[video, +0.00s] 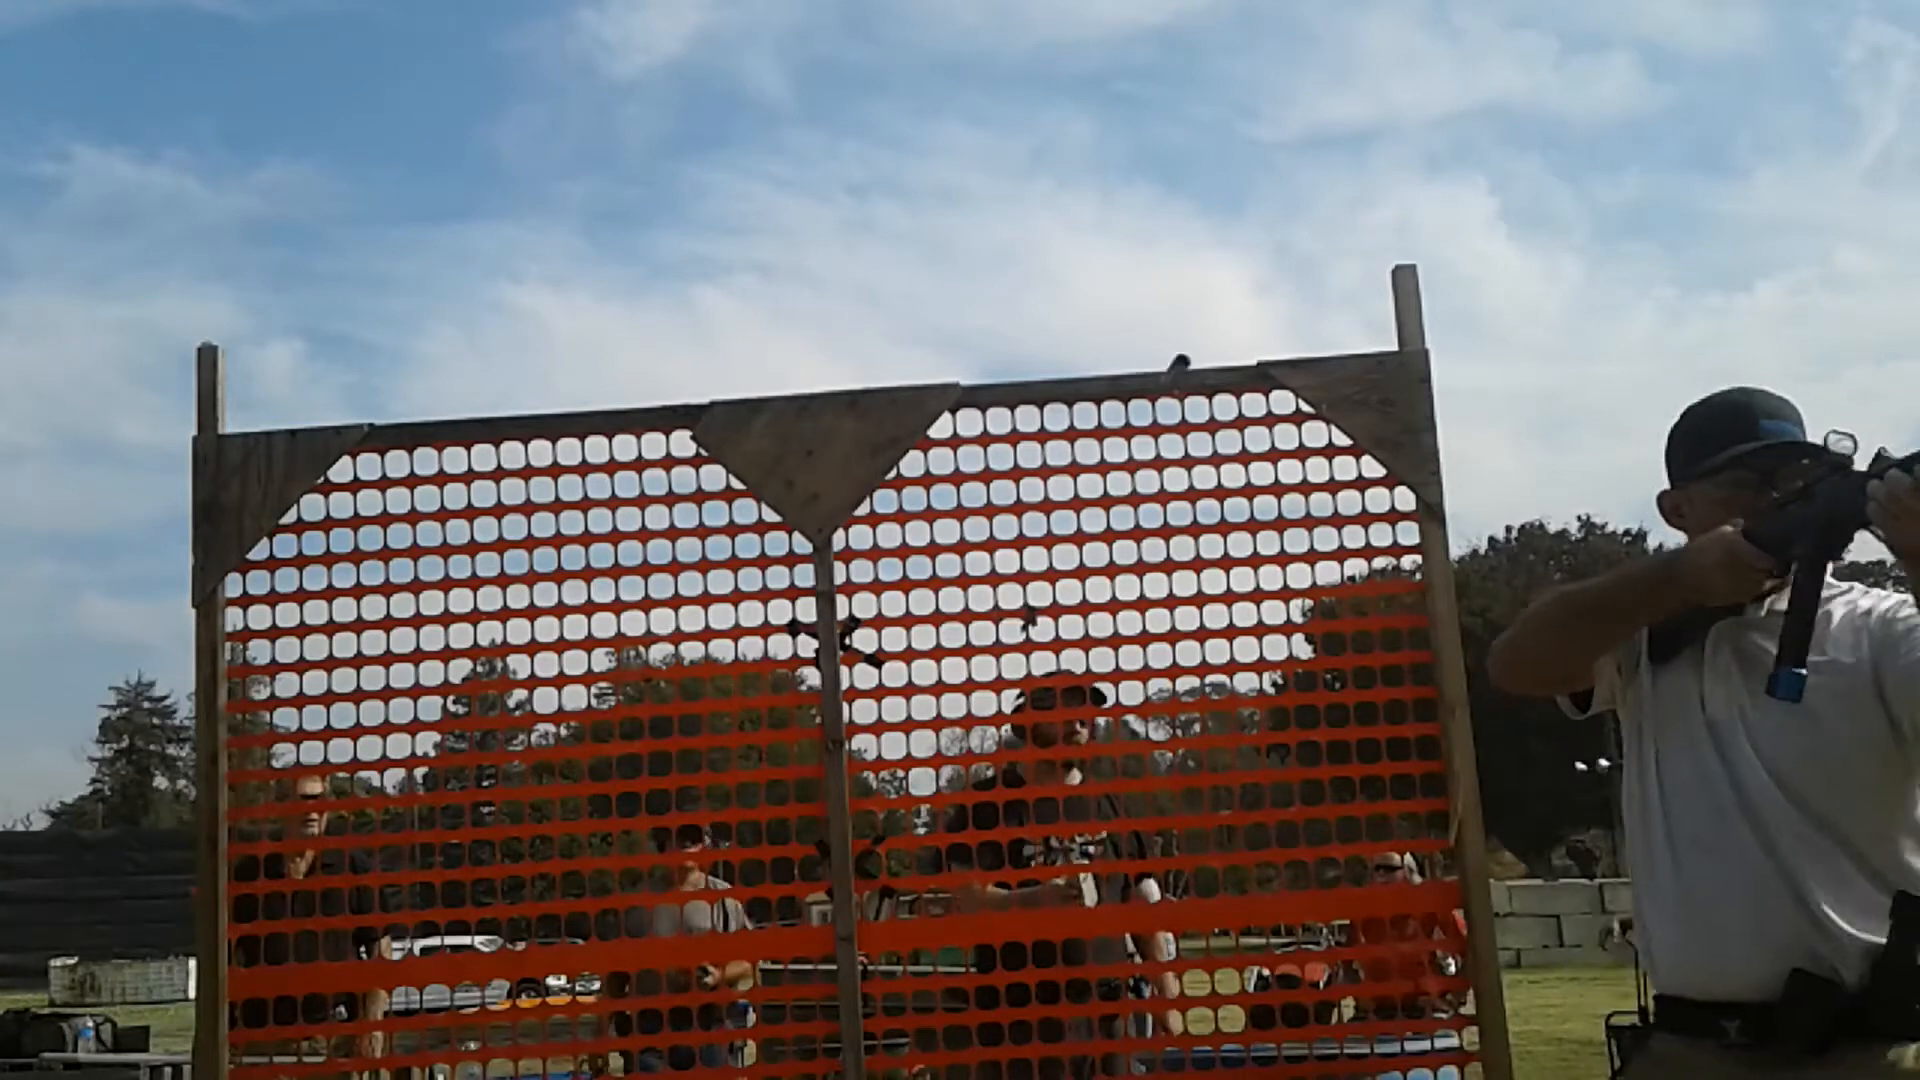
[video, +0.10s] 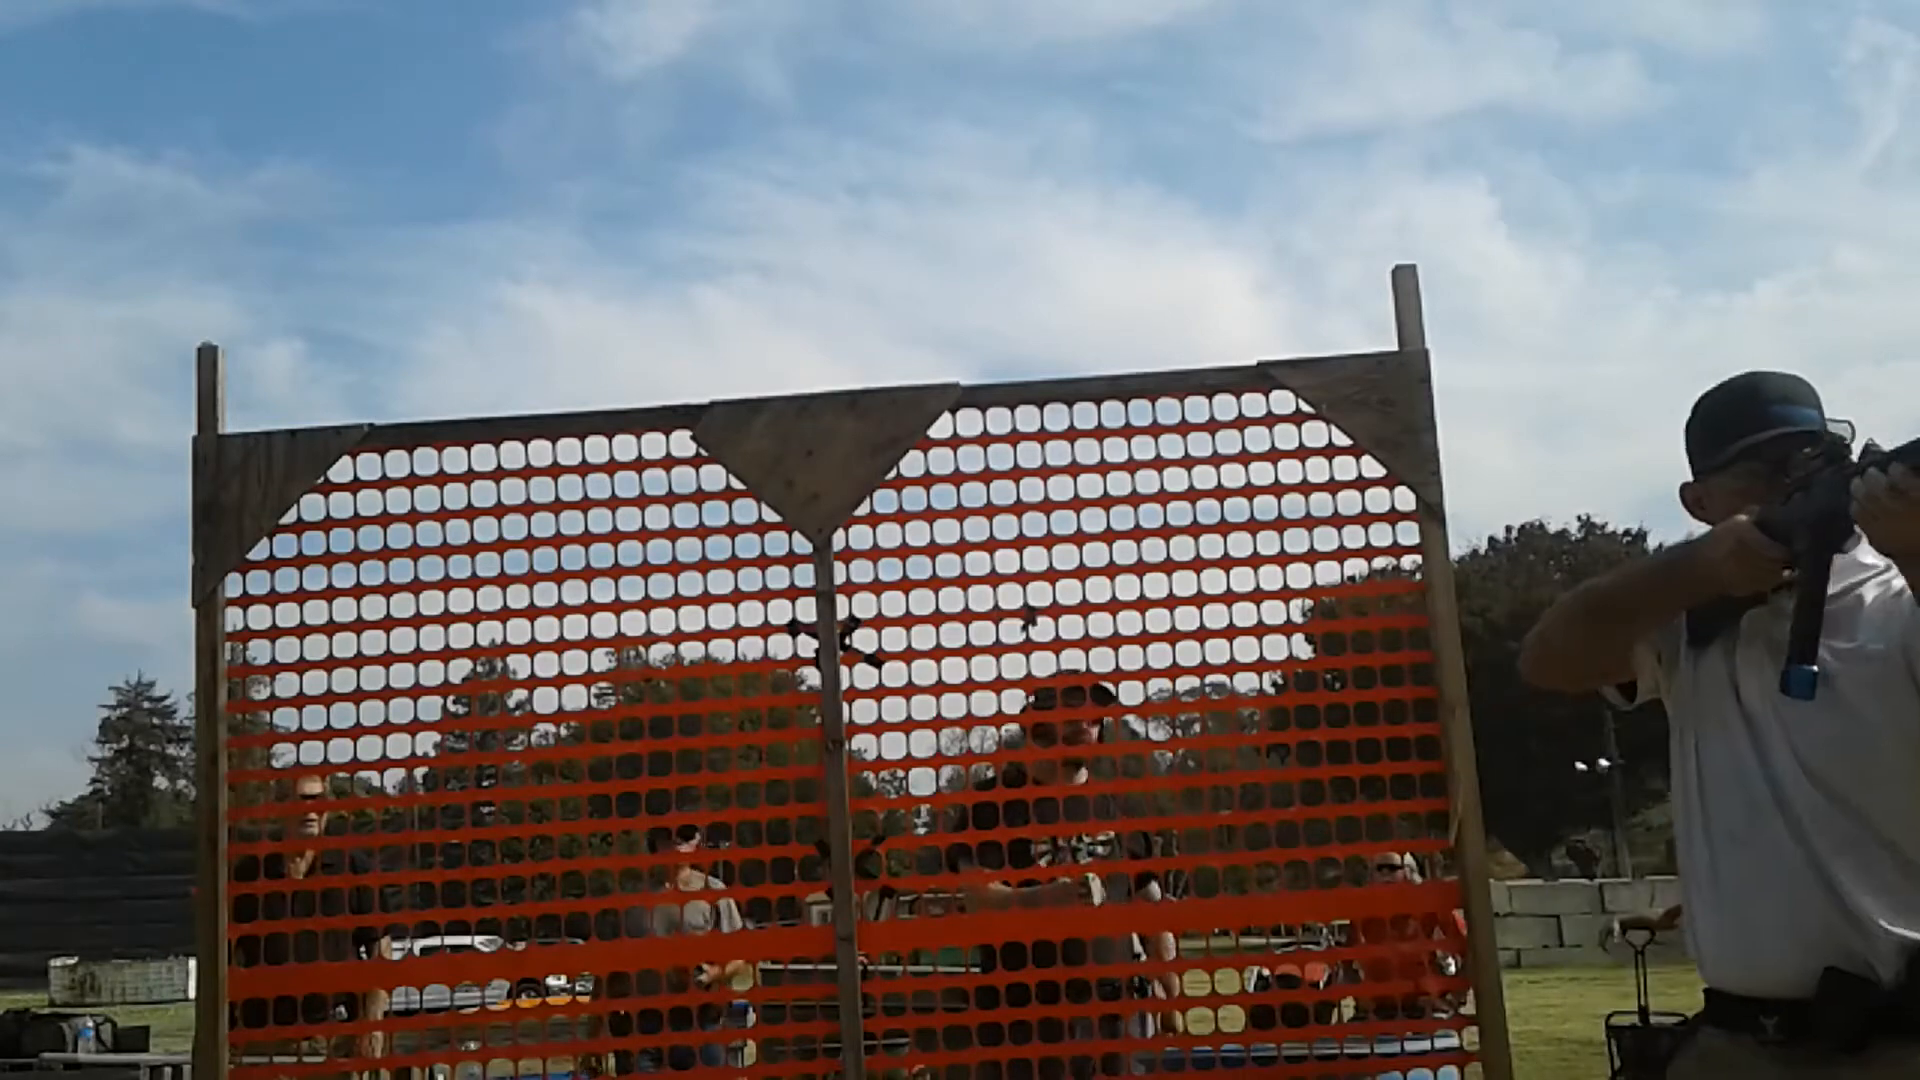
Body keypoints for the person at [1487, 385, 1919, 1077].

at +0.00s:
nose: (1773, 504)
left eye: (1791, 478)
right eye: (1745, 479)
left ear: (1816, 487)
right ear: (1678, 508)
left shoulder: (1879, 625)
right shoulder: (1643, 644)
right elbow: (1513, 665)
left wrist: (1915, 558)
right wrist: (1682, 577)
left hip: (1862, 1043)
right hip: (1684, 1044)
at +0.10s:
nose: (1788, 486)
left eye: (1806, 459)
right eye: (1759, 467)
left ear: (1835, 467)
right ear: (1701, 502)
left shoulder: (1895, 602)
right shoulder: (1686, 628)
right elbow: (1545, 659)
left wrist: (1913, 554)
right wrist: (1708, 566)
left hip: (1892, 1033)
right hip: (1733, 1036)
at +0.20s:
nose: (1805, 474)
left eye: (1824, 445)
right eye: (1775, 455)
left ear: (1860, 450)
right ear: (1723, 488)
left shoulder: (1905, 581)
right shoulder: (1722, 604)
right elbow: (1572, 658)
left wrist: (1913, 532)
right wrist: (1722, 558)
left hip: (1906, 1029)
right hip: (1773, 1034)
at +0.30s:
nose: (1828, 457)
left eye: (1847, 428)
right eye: (1795, 437)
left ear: (1882, 436)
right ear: (1740, 475)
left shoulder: (1913, 562)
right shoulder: (1743, 596)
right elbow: (1593, 652)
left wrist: (1913, 507)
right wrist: (1741, 548)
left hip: (1910, 1021)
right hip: (1804, 1030)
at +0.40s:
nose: (1849, 455)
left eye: (1866, 423)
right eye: (1816, 436)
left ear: (1895, 426)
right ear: (1754, 465)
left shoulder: (1916, 539)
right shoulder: (1757, 582)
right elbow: (1600, 645)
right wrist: (1765, 530)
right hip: (1815, 1028)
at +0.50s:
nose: (1850, 449)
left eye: (1868, 415)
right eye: (1816, 429)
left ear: (1899, 416)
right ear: (1759, 457)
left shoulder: (1916, 539)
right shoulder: (1764, 574)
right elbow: (1603, 643)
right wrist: (1770, 527)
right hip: (1821, 1025)